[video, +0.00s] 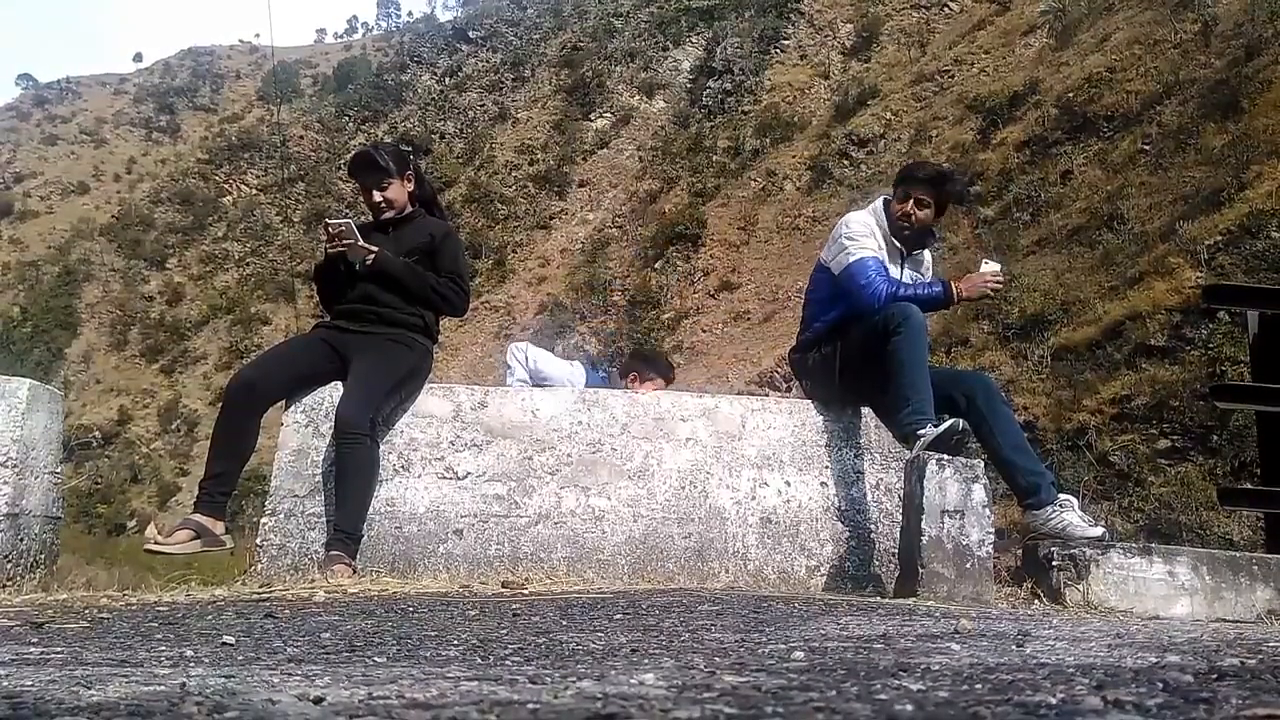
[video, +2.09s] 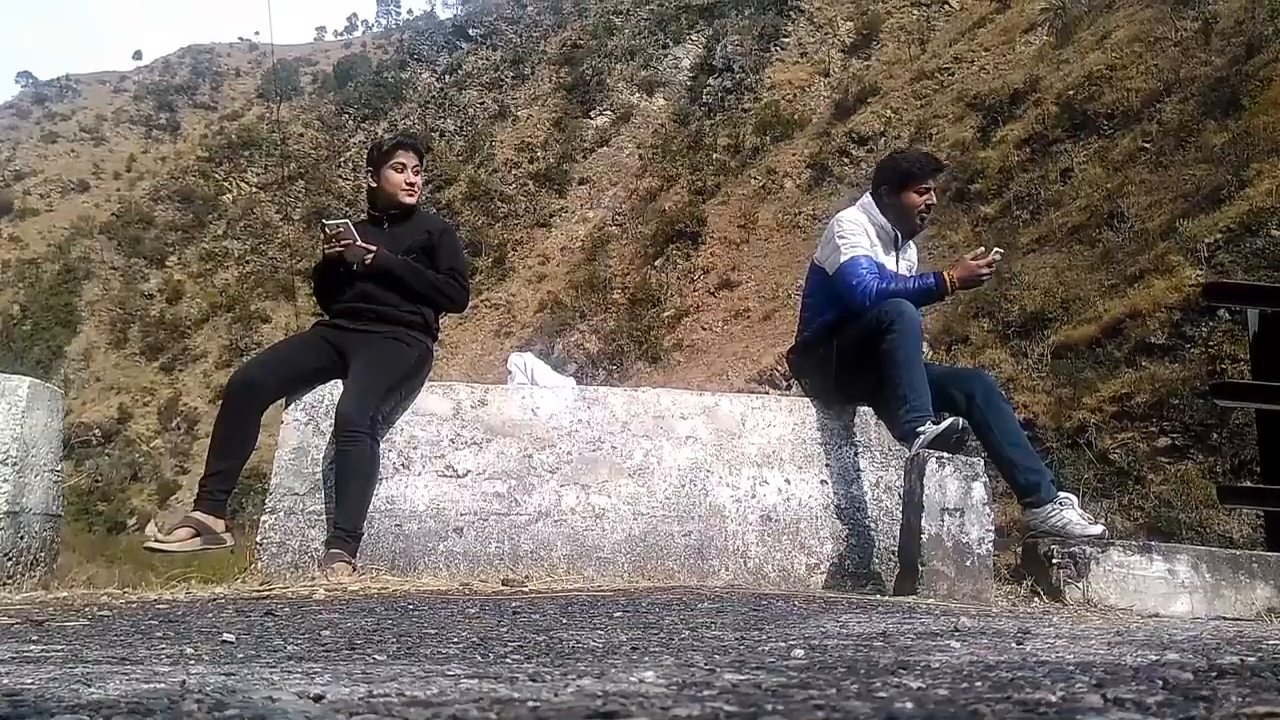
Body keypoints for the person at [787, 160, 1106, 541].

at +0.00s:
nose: (907, 209)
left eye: (921, 205)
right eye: (901, 198)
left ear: (936, 217)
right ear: (891, 197)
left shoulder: (921, 254)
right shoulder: (855, 229)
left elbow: (914, 308)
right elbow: (875, 292)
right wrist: (951, 290)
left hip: (880, 373)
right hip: (825, 368)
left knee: (977, 388)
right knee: (904, 317)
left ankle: (1043, 505)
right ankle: (918, 429)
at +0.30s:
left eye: (912, 212)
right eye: (919, 220)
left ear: (922, 218)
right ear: (891, 203)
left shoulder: (919, 252)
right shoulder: (851, 228)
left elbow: (914, 308)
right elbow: (875, 290)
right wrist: (956, 292)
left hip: (880, 373)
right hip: (825, 367)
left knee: (976, 387)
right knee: (903, 316)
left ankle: (1043, 504)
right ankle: (917, 429)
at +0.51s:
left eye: (917, 215)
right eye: (915, 216)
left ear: (912, 213)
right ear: (887, 204)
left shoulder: (918, 245)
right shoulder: (846, 228)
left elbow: (917, 309)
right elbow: (873, 290)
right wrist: (955, 290)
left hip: (882, 372)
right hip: (825, 366)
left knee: (976, 386)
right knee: (901, 314)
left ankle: (1043, 503)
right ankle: (917, 428)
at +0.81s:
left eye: (893, 204)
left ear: (905, 210)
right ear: (880, 199)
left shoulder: (913, 244)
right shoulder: (840, 231)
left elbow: (938, 303)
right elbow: (873, 290)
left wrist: (931, 327)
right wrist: (953, 291)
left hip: (883, 371)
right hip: (826, 367)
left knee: (977, 386)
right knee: (900, 316)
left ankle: (1043, 505)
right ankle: (917, 429)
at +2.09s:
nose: (932, 202)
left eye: (934, 193)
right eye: (922, 192)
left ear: (931, 197)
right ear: (889, 193)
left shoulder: (904, 245)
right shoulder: (850, 225)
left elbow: (898, 305)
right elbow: (865, 290)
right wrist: (948, 280)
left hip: (878, 370)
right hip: (826, 366)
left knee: (976, 385)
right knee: (898, 315)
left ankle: (1042, 503)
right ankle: (916, 429)